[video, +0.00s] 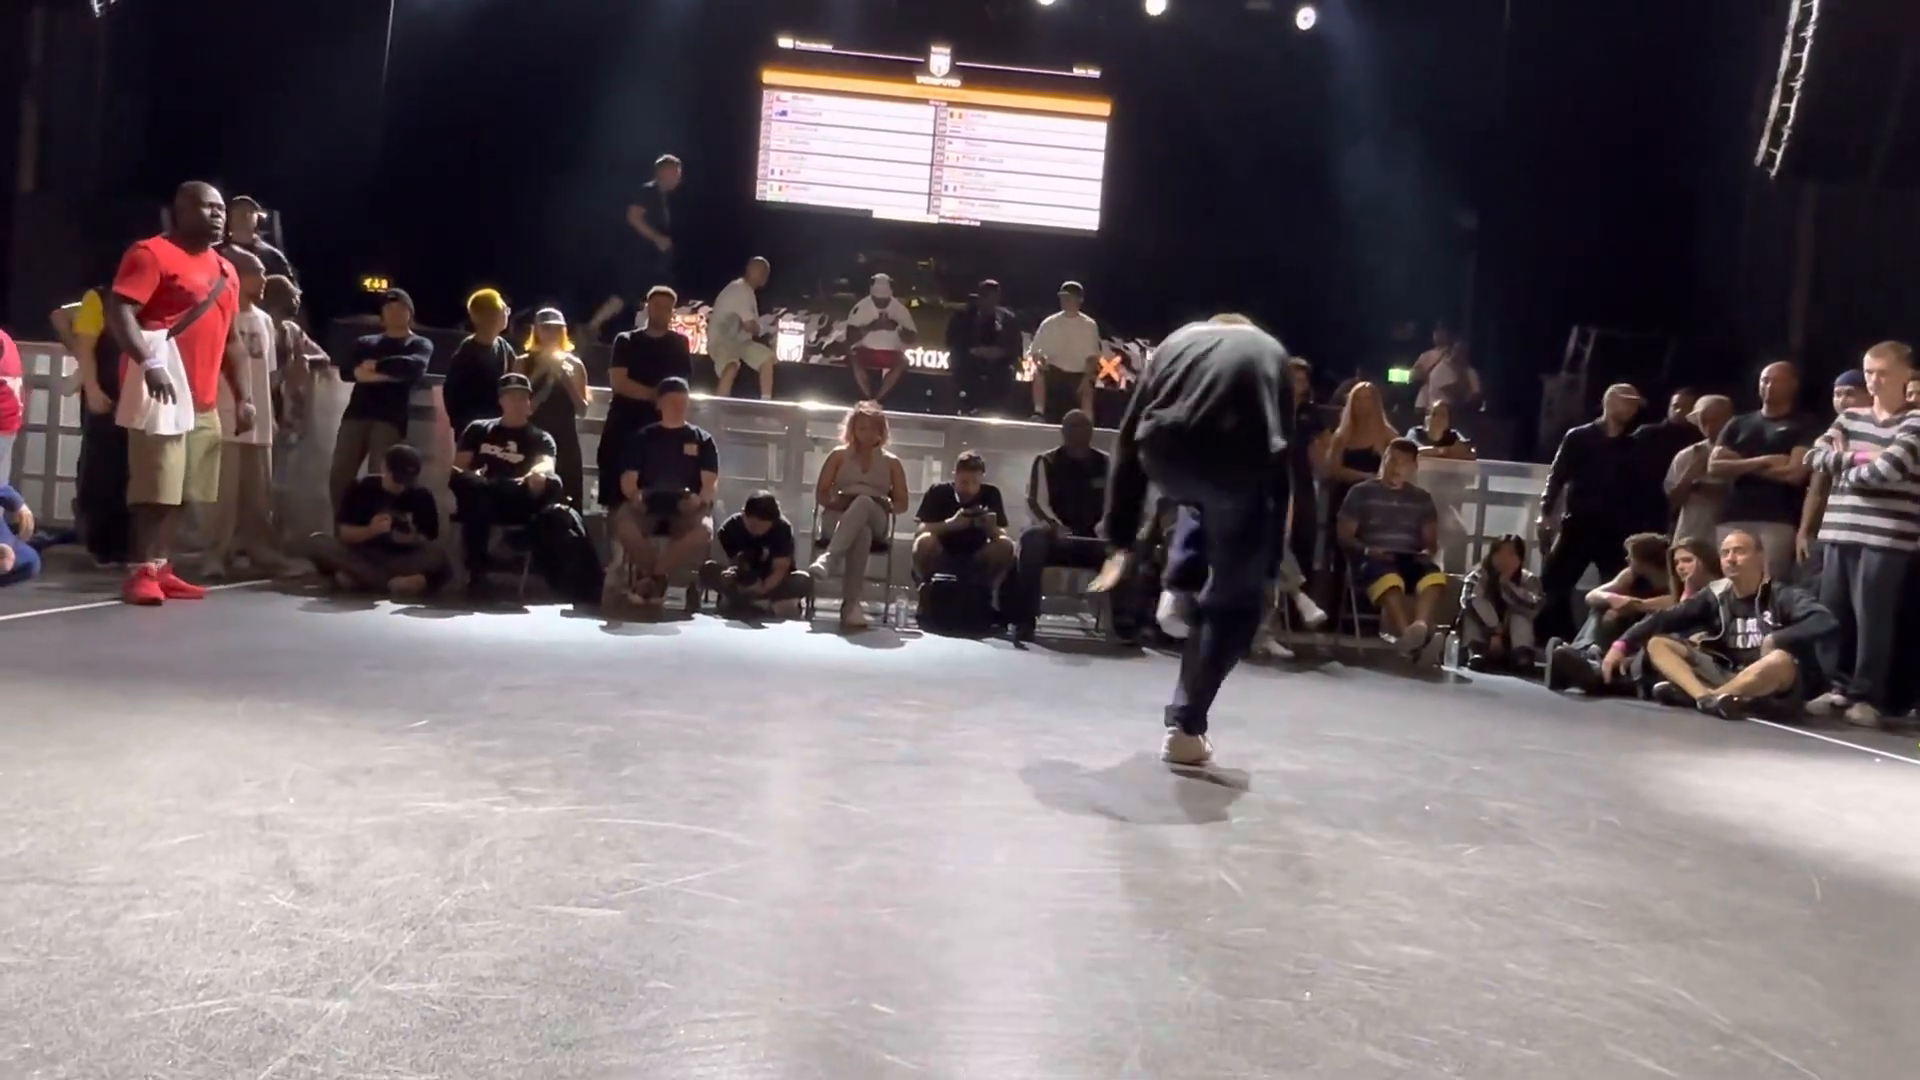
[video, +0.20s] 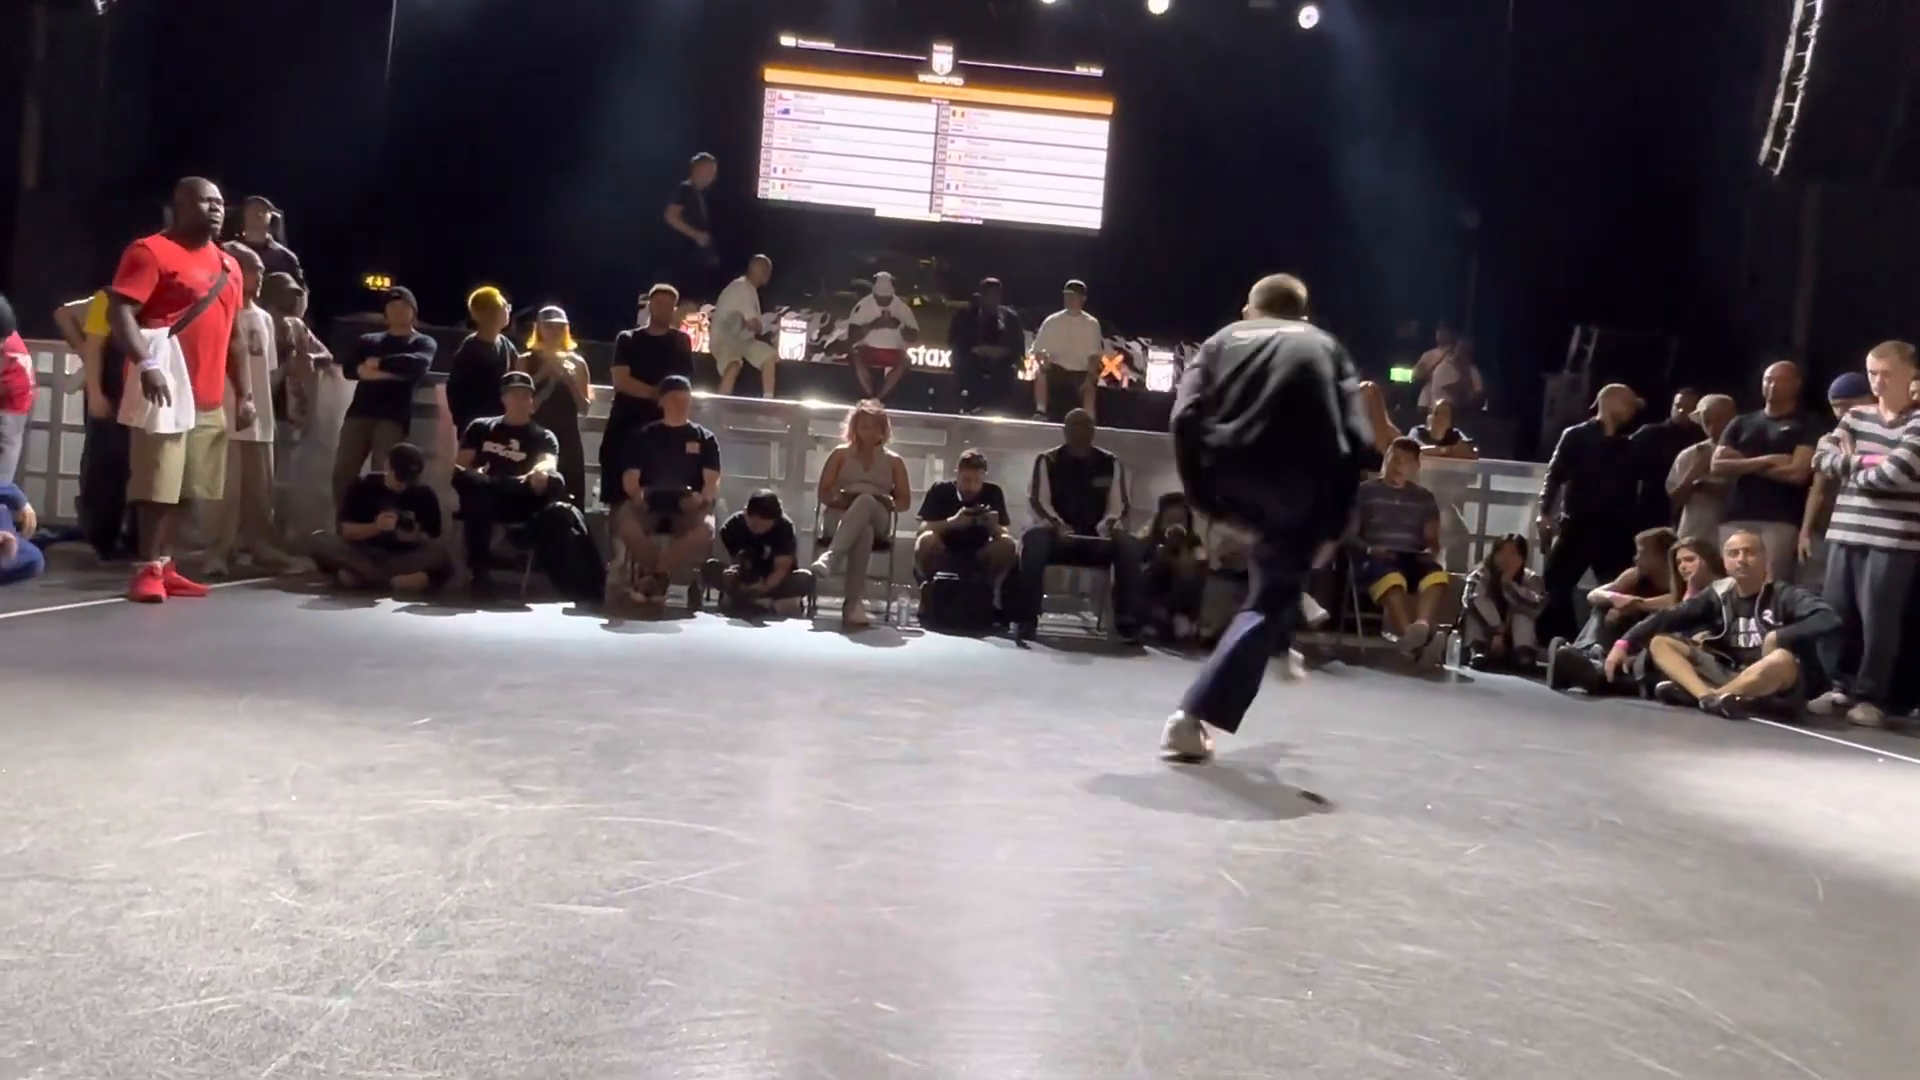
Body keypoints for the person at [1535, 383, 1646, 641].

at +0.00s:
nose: (1633, 407)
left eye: (1635, 402)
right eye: (1627, 400)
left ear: (1636, 408)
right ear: (1609, 404)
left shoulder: (1637, 447)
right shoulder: (1578, 438)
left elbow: (1645, 492)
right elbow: (1556, 478)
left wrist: (1645, 530)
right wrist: (1544, 513)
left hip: (1619, 528)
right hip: (1579, 525)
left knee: (1621, 591)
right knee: (1554, 581)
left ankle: (1617, 650)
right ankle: (1559, 640)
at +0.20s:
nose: (1633, 409)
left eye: (1632, 404)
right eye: (1627, 402)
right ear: (1608, 404)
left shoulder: (1632, 446)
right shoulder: (1575, 437)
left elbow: (1641, 488)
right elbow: (1554, 476)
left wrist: (1639, 524)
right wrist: (1544, 512)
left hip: (1616, 528)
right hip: (1577, 526)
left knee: (1621, 592)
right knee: (1556, 581)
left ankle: (1619, 650)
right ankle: (1560, 641)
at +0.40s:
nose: (1632, 409)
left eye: (1632, 404)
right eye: (1627, 403)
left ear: (1613, 406)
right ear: (1611, 404)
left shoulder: (1625, 446)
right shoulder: (1578, 435)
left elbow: (1630, 486)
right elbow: (1558, 474)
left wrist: (1630, 517)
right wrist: (1554, 512)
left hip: (1615, 524)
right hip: (1579, 522)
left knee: (1619, 590)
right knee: (1562, 585)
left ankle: (1618, 646)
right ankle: (1557, 639)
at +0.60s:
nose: (1638, 410)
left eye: (1638, 405)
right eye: (1634, 404)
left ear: (1618, 407)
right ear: (1618, 404)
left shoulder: (1631, 445)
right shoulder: (1585, 435)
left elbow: (1635, 485)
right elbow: (1567, 474)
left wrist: (1634, 513)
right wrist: (1568, 508)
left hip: (1621, 521)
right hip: (1588, 520)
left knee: (1623, 585)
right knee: (1566, 582)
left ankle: (1621, 645)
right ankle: (1559, 638)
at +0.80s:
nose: (1649, 408)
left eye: (1648, 403)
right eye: (1644, 402)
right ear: (1628, 404)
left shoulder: (1648, 438)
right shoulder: (1594, 434)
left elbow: (1656, 478)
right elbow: (1574, 473)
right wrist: (1572, 509)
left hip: (1635, 521)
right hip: (1598, 520)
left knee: (1634, 584)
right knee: (1571, 580)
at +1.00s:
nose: (1658, 409)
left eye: (1658, 403)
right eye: (1653, 402)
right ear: (1637, 402)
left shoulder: (1663, 437)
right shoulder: (1604, 434)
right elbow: (1583, 473)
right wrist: (1578, 511)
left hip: (1648, 520)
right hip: (1608, 520)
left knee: (1643, 581)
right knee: (1583, 578)